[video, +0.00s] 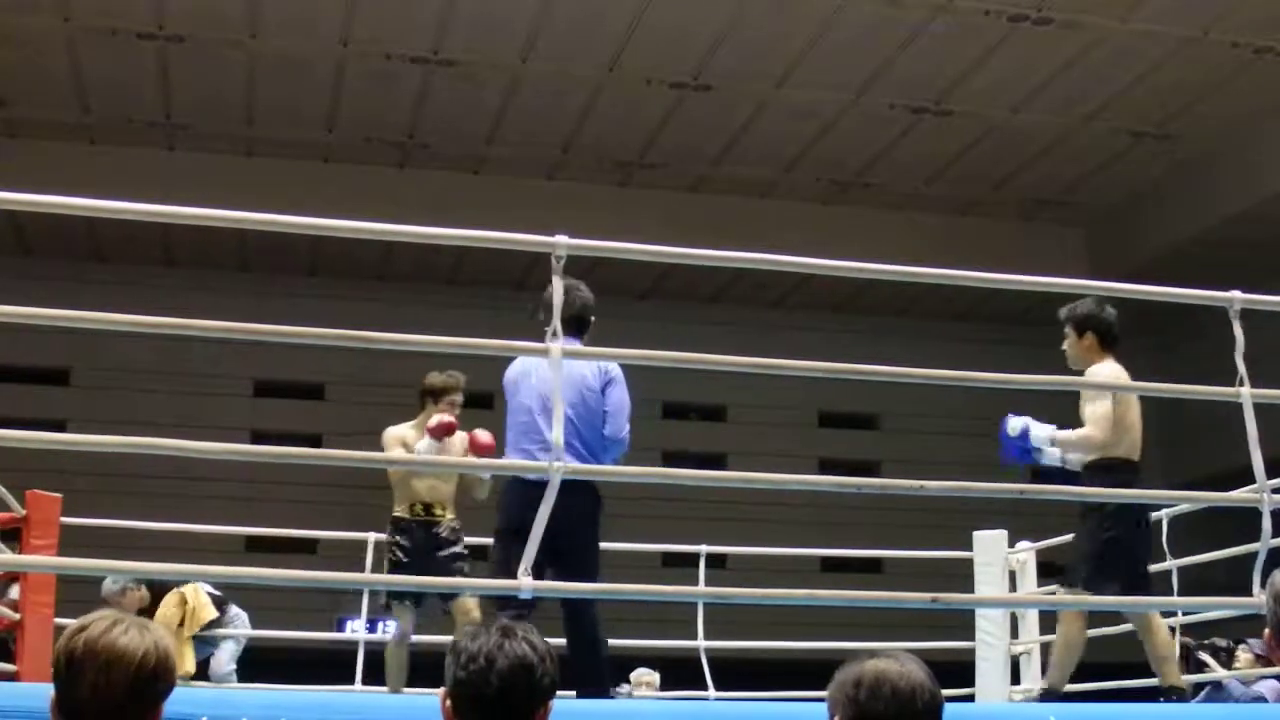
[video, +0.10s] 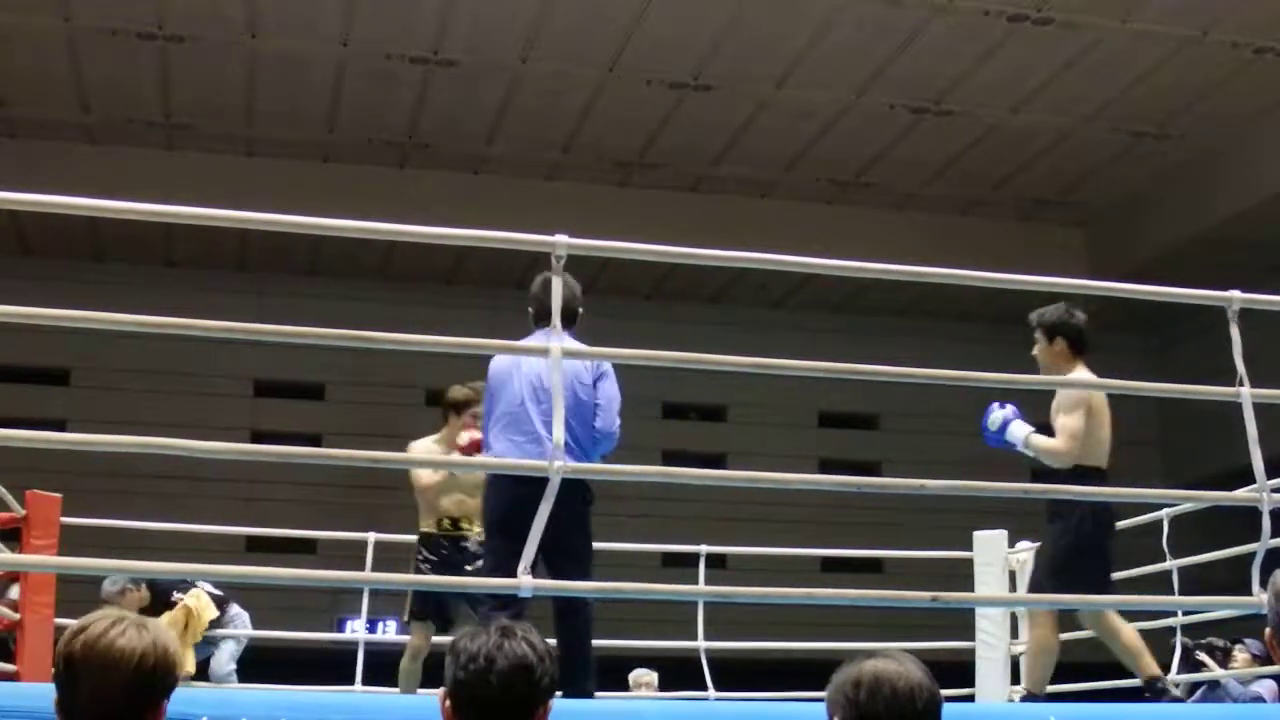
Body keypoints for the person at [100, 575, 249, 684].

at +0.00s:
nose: (119, 609)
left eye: (119, 603)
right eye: (115, 605)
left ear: (135, 591)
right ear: (134, 592)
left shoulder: (170, 597)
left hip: (232, 622)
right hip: (201, 627)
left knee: (219, 670)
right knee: (175, 663)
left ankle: (234, 711)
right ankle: (180, 710)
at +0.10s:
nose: (119, 609)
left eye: (119, 603)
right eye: (115, 605)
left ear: (131, 591)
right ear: (130, 592)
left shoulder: (166, 594)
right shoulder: (144, 609)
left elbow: (202, 601)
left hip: (233, 621)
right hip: (203, 628)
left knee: (219, 670)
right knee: (174, 663)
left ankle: (235, 711)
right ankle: (179, 709)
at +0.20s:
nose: (121, 608)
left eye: (119, 602)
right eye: (117, 604)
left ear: (131, 589)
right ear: (130, 590)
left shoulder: (172, 595)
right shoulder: (147, 607)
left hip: (233, 619)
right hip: (202, 625)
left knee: (219, 669)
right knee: (178, 662)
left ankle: (235, 712)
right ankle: (181, 709)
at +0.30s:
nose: (124, 608)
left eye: (121, 602)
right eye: (119, 604)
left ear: (130, 588)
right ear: (127, 591)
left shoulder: (172, 594)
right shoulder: (148, 600)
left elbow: (221, 601)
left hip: (233, 617)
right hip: (205, 618)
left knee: (220, 666)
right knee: (181, 663)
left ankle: (237, 710)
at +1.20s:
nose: (116, 610)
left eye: (116, 602)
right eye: (111, 605)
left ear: (130, 592)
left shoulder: (160, 591)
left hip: (228, 620)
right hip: (201, 630)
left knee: (217, 668)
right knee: (175, 666)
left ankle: (237, 708)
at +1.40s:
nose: (116, 606)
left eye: (115, 599)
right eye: (111, 601)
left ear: (126, 591)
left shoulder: (157, 595)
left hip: (227, 616)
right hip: (205, 621)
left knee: (213, 665)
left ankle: (234, 706)